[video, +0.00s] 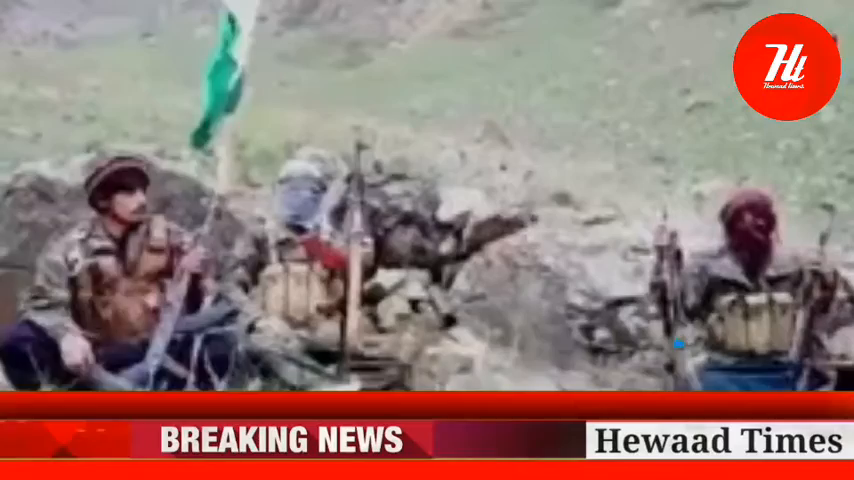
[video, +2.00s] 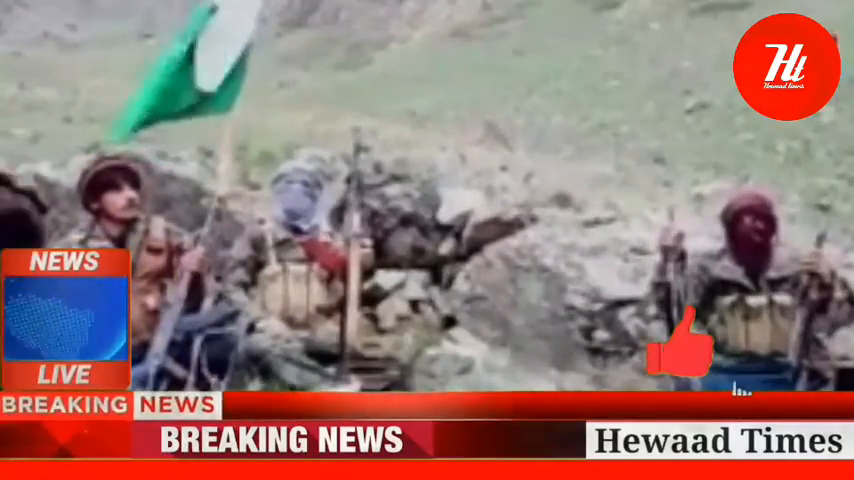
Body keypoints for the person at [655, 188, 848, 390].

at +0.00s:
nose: (754, 222)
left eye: (761, 214)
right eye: (743, 214)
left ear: (772, 224)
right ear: (731, 226)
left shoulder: (792, 269)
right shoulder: (706, 269)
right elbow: (683, 312)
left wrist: (827, 292)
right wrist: (668, 267)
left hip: (782, 369)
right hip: (722, 371)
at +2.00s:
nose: (758, 225)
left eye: (765, 219)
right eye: (749, 217)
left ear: (774, 228)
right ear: (731, 225)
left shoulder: (795, 269)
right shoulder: (706, 268)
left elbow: (824, 323)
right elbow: (675, 317)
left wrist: (826, 286)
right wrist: (669, 265)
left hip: (782, 371)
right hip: (721, 371)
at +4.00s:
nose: (763, 225)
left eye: (767, 218)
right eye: (753, 217)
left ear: (773, 226)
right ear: (731, 224)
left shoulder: (795, 269)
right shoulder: (703, 268)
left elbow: (837, 318)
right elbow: (674, 312)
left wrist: (826, 289)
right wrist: (665, 267)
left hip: (786, 376)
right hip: (719, 377)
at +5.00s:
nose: (753, 225)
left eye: (762, 217)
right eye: (743, 218)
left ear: (774, 227)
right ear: (732, 227)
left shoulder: (795, 269)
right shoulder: (706, 268)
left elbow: (829, 318)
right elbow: (677, 312)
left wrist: (829, 286)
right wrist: (666, 270)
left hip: (785, 376)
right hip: (723, 376)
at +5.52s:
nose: (758, 238)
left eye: (766, 228)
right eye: (748, 229)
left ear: (775, 231)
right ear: (733, 233)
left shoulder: (796, 272)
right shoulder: (706, 272)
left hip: (784, 374)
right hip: (723, 375)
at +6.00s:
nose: (746, 238)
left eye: (754, 228)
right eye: (736, 230)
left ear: (765, 234)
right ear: (719, 235)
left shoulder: (783, 275)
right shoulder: (687, 277)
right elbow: (676, 338)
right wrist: (722, 371)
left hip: (780, 370)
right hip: (723, 374)